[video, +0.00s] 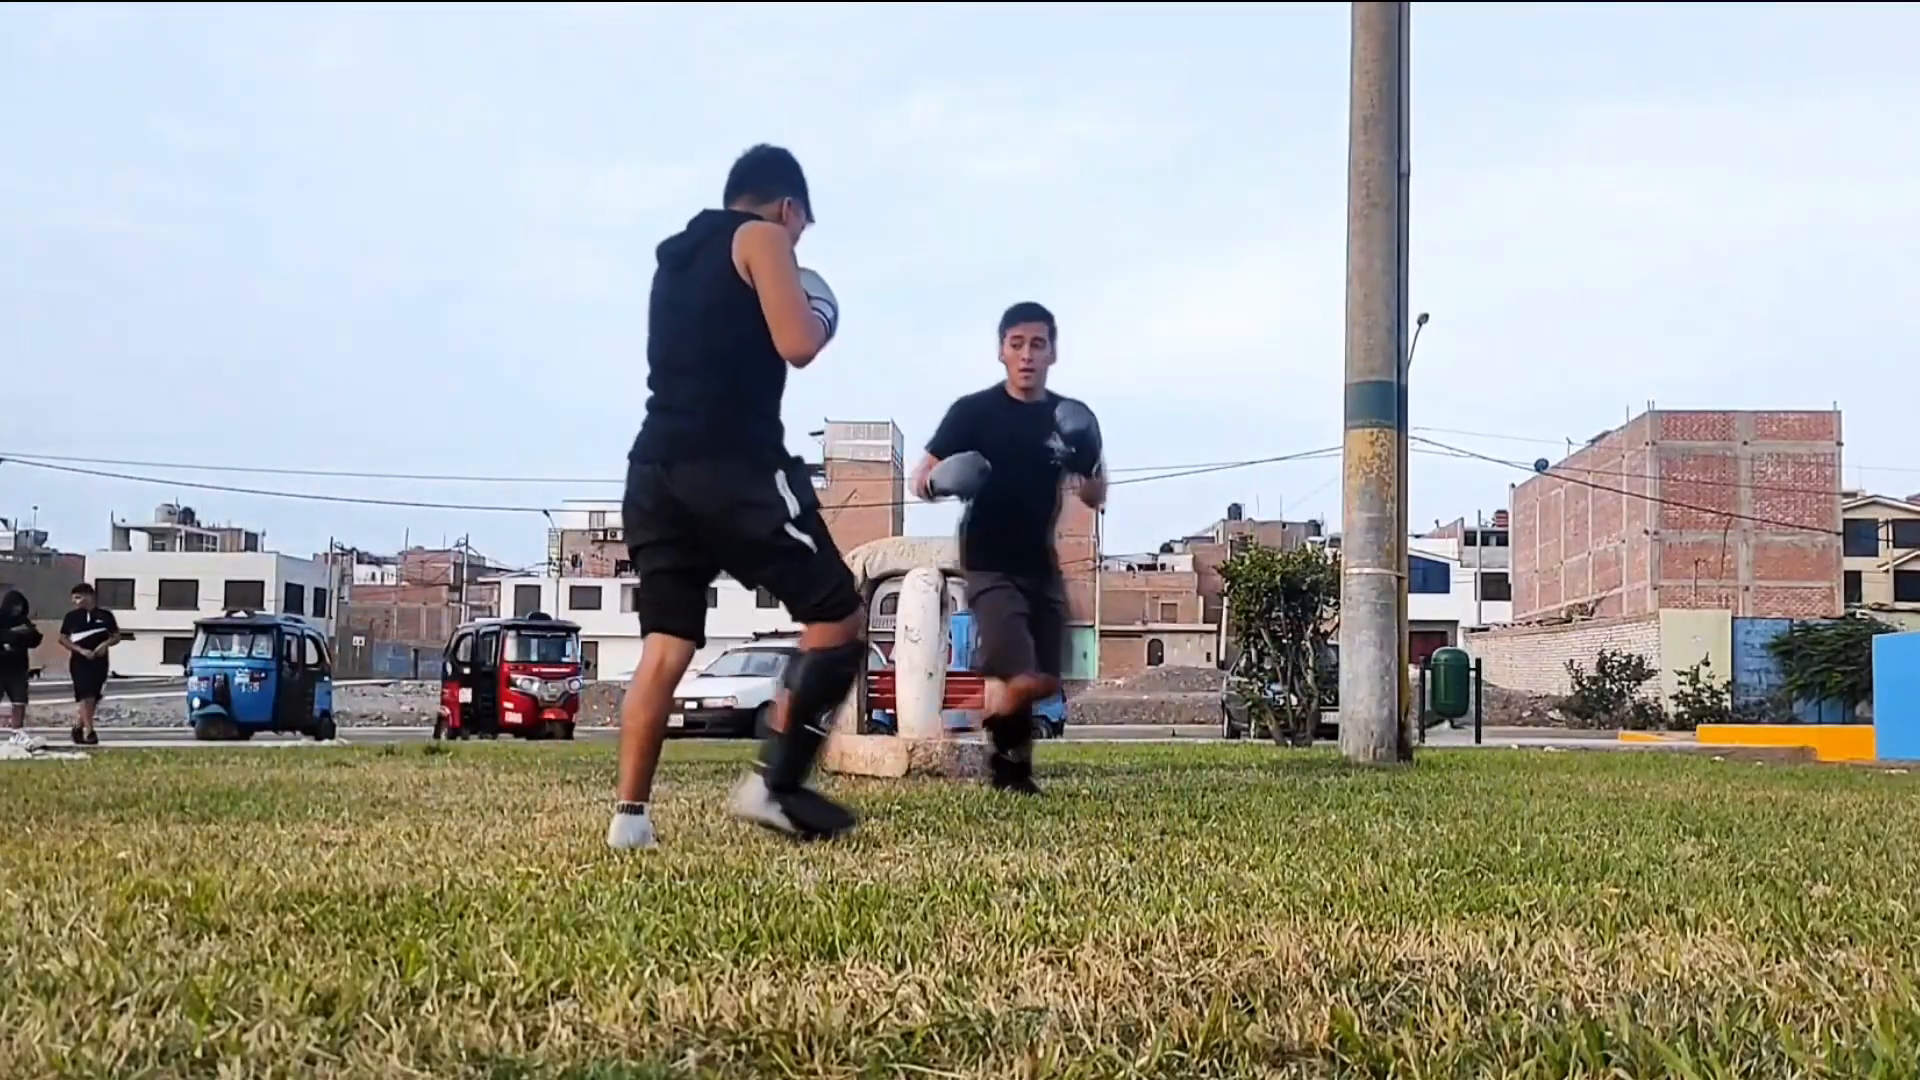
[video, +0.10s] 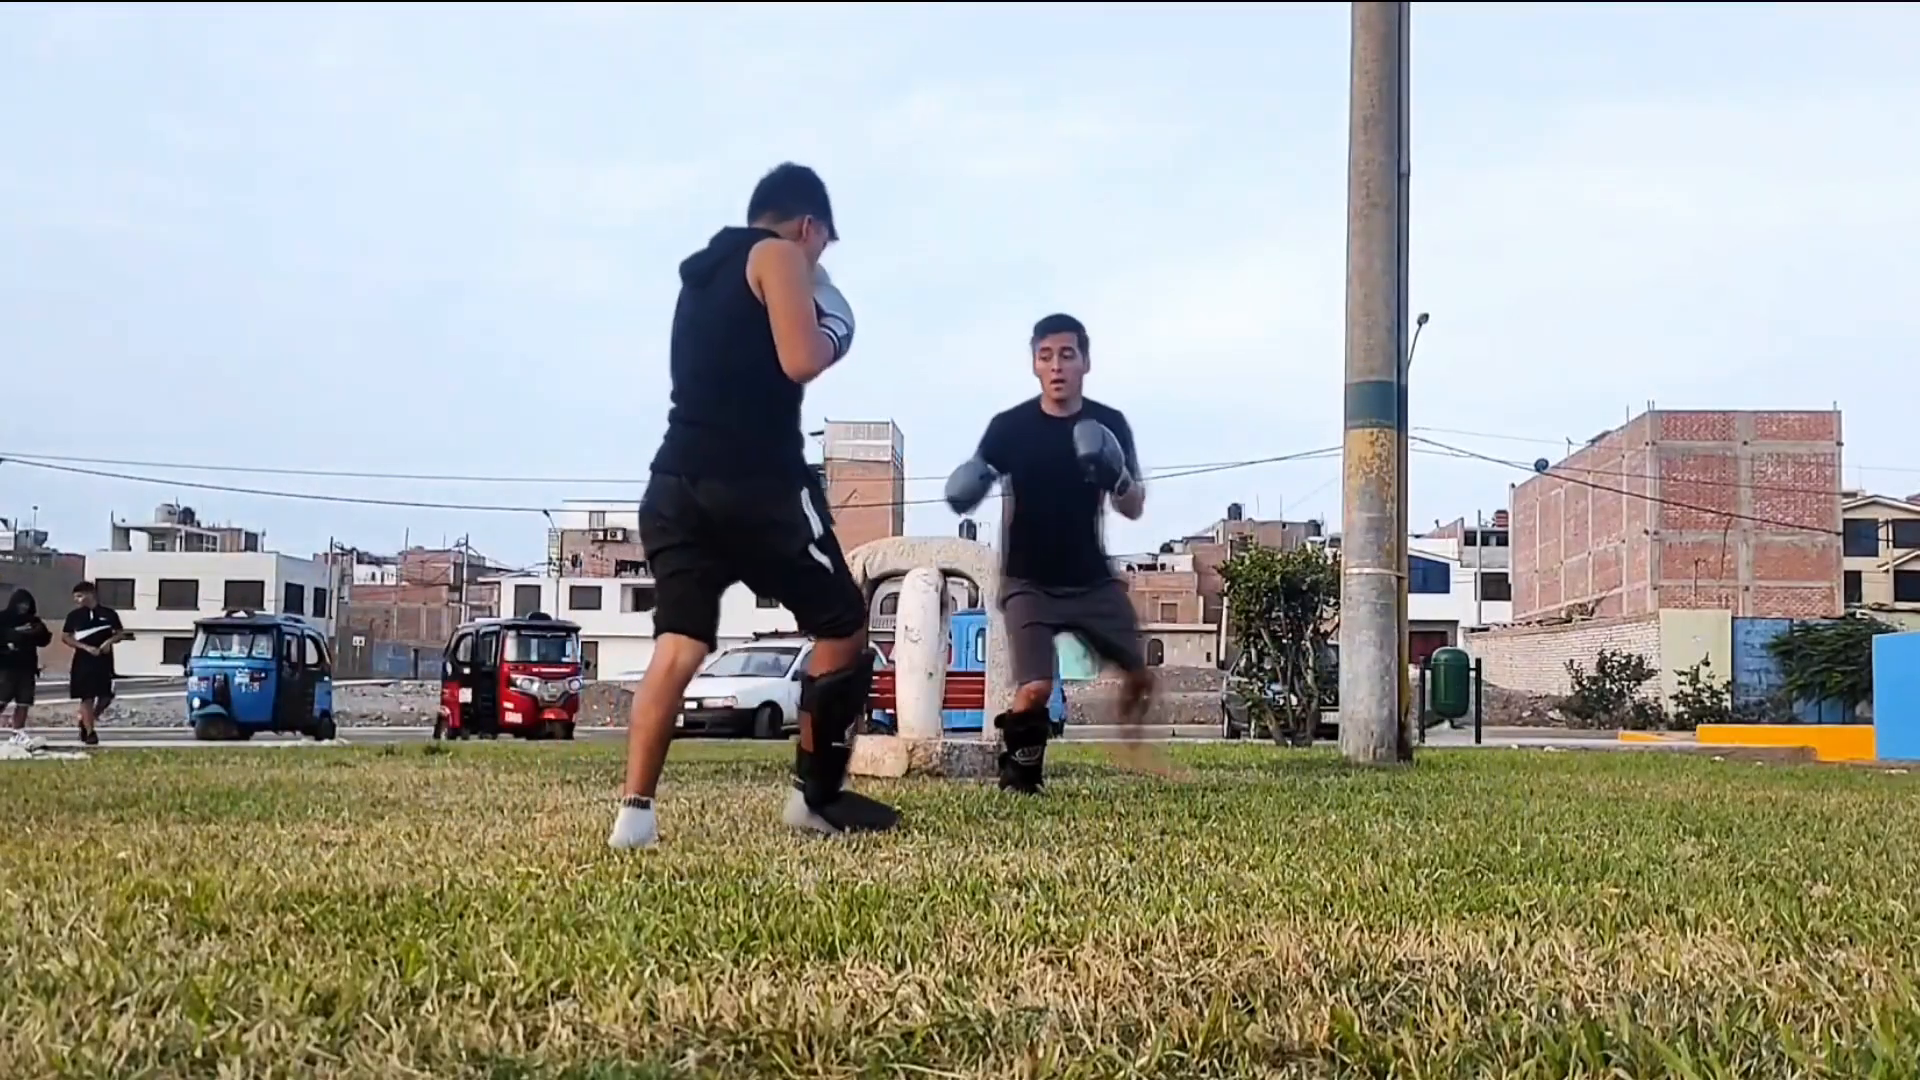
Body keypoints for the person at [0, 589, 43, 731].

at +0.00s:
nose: (18, 609)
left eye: (21, 606)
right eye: (15, 605)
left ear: (24, 607)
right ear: (8, 606)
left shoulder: (23, 621)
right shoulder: (5, 622)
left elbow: (36, 639)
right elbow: (8, 639)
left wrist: (26, 632)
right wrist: (23, 635)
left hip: (18, 664)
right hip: (6, 664)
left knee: (20, 700)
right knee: (18, 700)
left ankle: (17, 731)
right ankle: (17, 731)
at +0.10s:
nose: (24, 607)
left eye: (27, 604)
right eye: (21, 603)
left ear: (31, 605)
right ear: (14, 603)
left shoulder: (33, 620)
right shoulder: (5, 618)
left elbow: (45, 639)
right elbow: (4, 637)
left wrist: (35, 630)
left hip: (27, 666)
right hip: (7, 666)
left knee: (24, 703)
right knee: (4, 700)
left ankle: (18, 733)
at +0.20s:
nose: (28, 606)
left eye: (31, 603)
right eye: (25, 602)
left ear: (35, 604)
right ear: (17, 603)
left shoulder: (38, 619)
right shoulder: (6, 618)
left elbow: (51, 638)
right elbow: (3, 636)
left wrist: (38, 630)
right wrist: (18, 634)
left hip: (31, 665)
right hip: (10, 663)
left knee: (25, 701)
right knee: (8, 698)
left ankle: (19, 731)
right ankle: (3, 728)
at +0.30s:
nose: (31, 607)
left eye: (34, 604)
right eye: (27, 604)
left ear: (38, 605)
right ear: (20, 604)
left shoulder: (42, 619)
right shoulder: (9, 619)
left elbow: (56, 637)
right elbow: (4, 637)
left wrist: (41, 630)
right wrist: (22, 632)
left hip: (35, 664)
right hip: (14, 663)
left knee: (27, 698)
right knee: (17, 697)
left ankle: (20, 731)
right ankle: (18, 731)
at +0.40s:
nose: (34, 608)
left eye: (37, 605)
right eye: (30, 605)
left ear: (41, 605)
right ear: (24, 605)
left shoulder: (45, 619)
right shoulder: (12, 620)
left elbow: (60, 637)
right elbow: (4, 637)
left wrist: (48, 631)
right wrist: (22, 637)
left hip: (40, 665)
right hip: (19, 665)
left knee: (32, 699)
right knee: (23, 700)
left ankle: (24, 731)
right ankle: (25, 732)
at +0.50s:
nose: (24, 613)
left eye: (26, 609)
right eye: (20, 609)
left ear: (30, 609)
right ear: (13, 610)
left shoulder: (34, 623)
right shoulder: (5, 624)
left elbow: (49, 641)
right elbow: (3, 642)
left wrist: (37, 634)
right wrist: (17, 638)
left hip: (31, 669)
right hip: (11, 668)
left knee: (29, 705)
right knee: (14, 704)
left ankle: (9, 732)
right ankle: (16, 739)